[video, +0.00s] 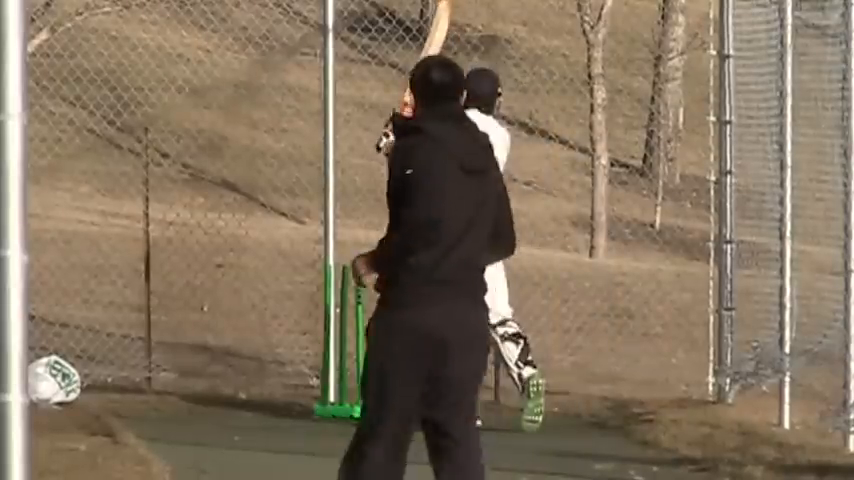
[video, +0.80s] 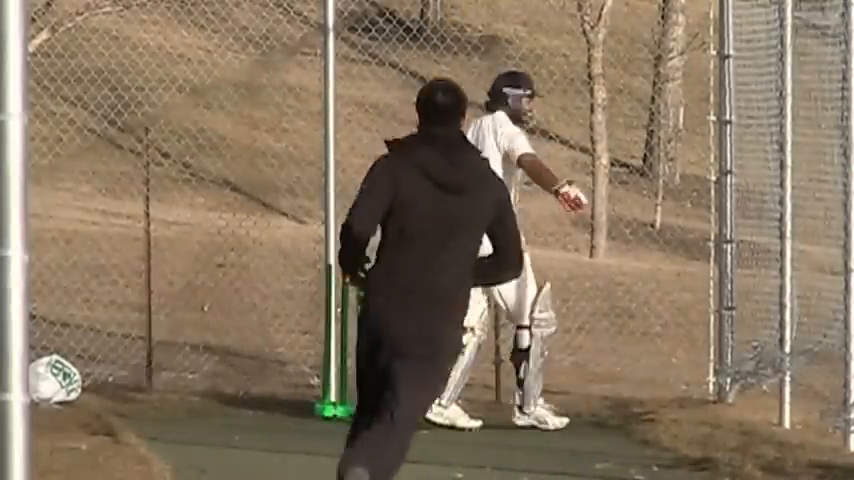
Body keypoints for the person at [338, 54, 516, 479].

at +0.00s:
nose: (405, 95)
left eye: (408, 89)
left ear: (415, 97)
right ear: (459, 98)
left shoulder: (411, 148)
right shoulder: (480, 149)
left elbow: (412, 229)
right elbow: (502, 242)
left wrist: (374, 260)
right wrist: (444, 250)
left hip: (407, 319)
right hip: (466, 321)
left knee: (381, 442)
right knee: (456, 441)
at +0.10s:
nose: (384, 121)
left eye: (386, 116)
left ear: (390, 121)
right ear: (437, 122)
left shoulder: (381, 183)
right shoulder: (463, 190)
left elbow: (353, 255)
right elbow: (481, 283)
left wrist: (320, 287)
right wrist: (435, 307)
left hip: (373, 357)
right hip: (432, 363)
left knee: (335, 462)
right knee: (403, 460)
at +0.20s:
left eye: (375, 116)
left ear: (376, 121)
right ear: (422, 121)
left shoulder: (358, 184)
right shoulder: (452, 188)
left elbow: (308, 266)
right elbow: (481, 272)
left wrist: (304, 259)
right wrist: (437, 314)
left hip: (360, 341)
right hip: (421, 348)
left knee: (337, 452)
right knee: (380, 450)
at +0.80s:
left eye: (419, 114)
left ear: (418, 116)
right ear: (463, 118)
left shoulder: (393, 166)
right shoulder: (487, 181)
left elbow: (357, 229)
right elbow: (509, 263)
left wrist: (352, 266)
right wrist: (458, 271)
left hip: (383, 312)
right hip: (441, 319)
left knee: (368, 414)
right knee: (400, 420)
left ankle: (357, 472)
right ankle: (360, 469)